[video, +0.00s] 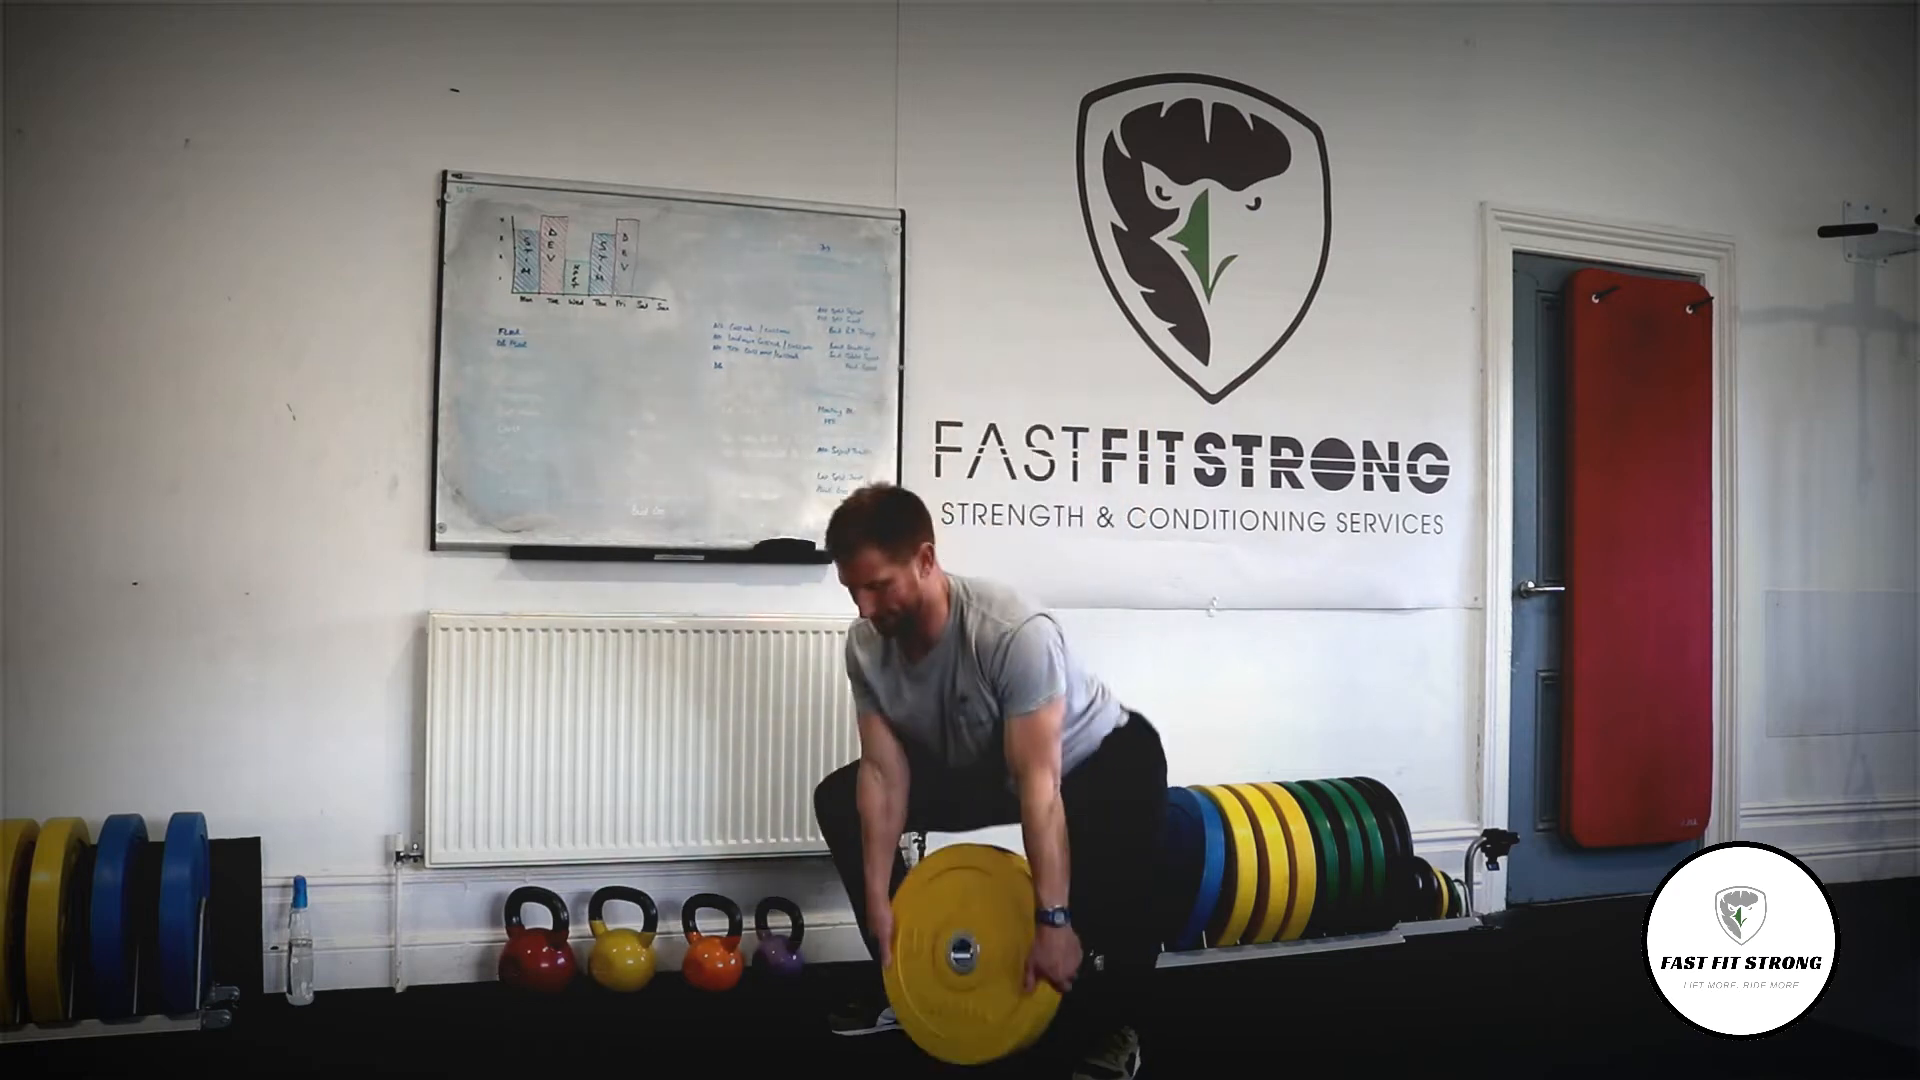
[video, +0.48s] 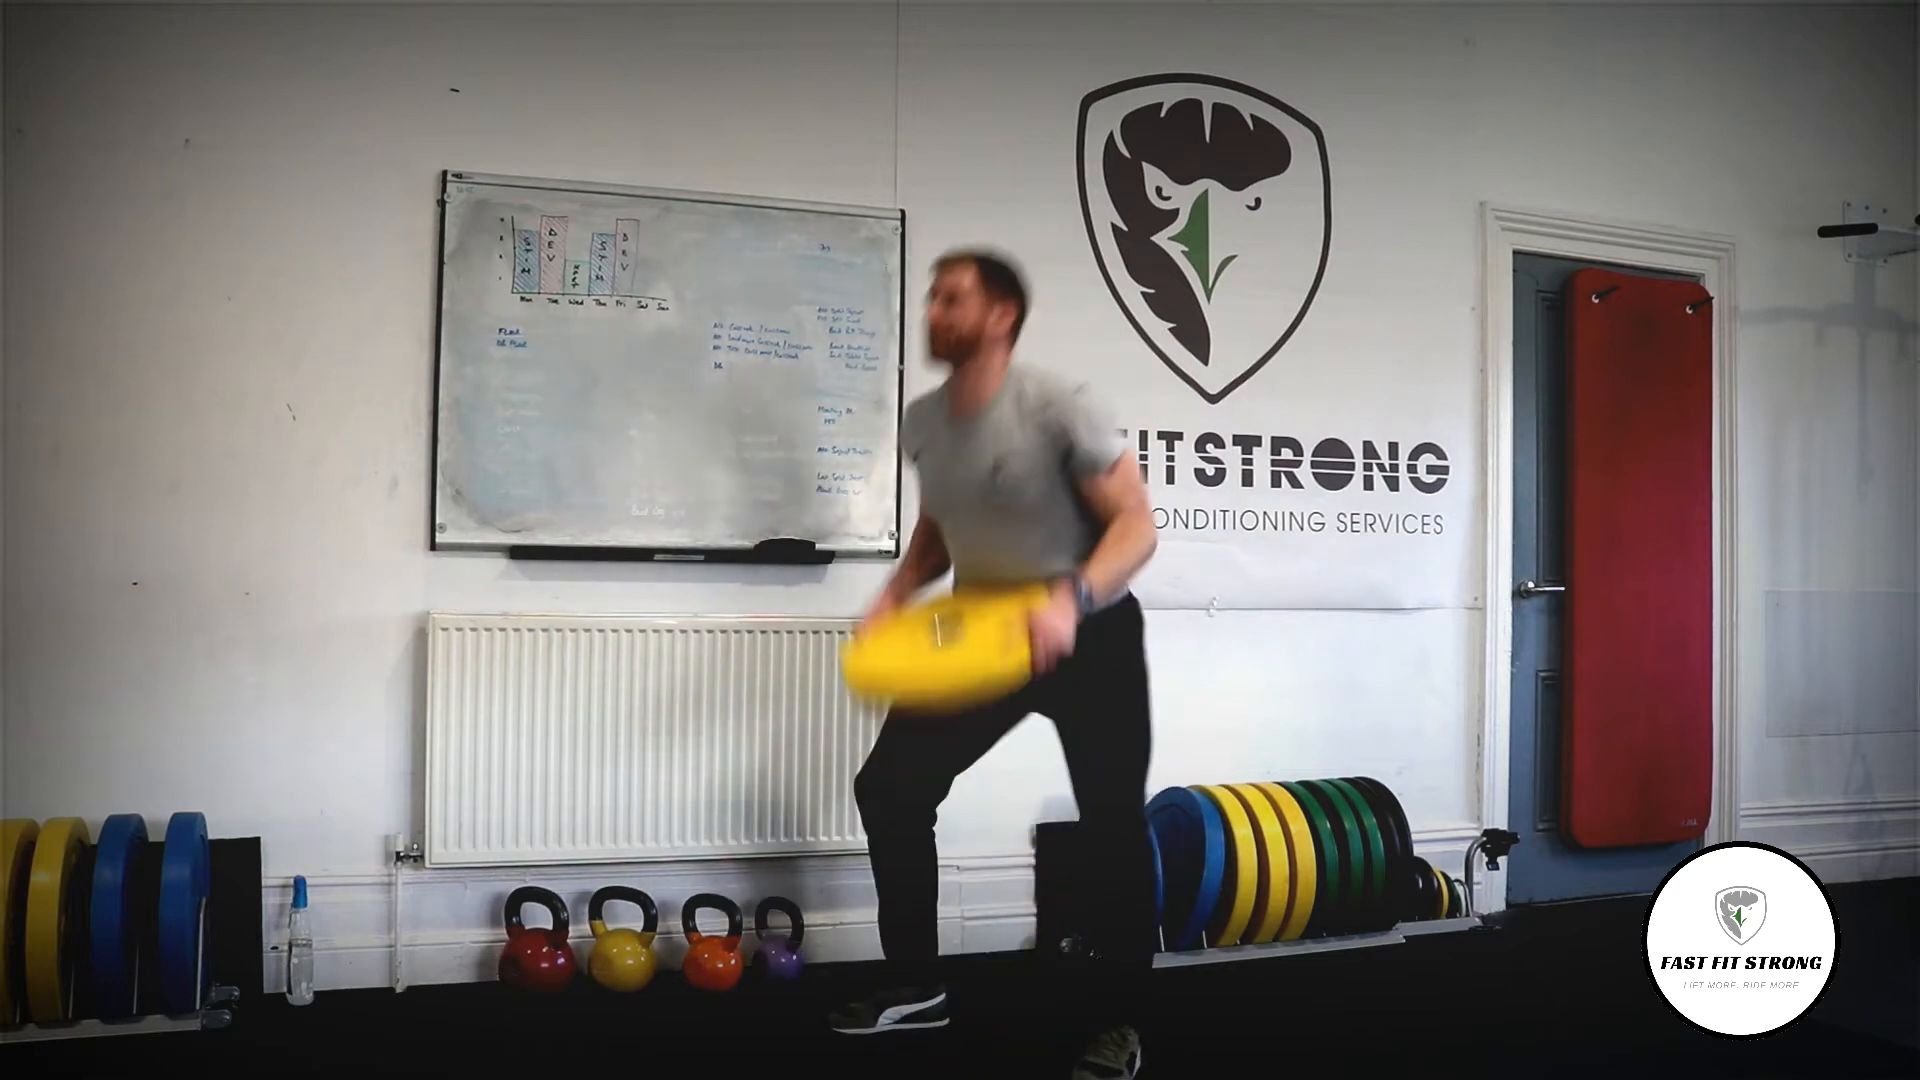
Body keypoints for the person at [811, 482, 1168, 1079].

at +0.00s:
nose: (866, 608)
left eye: (880, 586)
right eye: (854, 591)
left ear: (926, 560)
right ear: (842, 579)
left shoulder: (1016, 633)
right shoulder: (866, 647)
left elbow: (1039, 781)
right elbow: (881, 773)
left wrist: (1055, 918)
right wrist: (877, 903)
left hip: (1089, 761)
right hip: (980, 775)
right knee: (842, 798)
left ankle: (1114, 1025)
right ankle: (902, 984)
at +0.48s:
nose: (933, 313)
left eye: (952, 299)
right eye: (932, 299)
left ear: (1003, 315)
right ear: (931, 316)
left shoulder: (1059, 408)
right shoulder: (924, 419)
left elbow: (1138, 526)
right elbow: (940, 529)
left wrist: (1074, 596)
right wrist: (891, 598)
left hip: (1089, 635)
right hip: (985, 637)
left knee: (1112, 821)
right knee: (891, 790)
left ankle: (1120, 1026)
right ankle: (915, 991)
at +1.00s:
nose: (1030, 228)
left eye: (1053, 226)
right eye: (1027, 220)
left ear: (1079, 258)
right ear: (1008, 248)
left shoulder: (1080, 342)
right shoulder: (953, 326)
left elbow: (1102, 227)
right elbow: (887, 228)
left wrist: (1103, 121)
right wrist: (944, 126)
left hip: (1031, 602)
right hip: (930, 601)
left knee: (1060, 813)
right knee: (920, 811)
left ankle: (1099, 1013)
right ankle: (921, 991)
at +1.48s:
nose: (1017, 211)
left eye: (1035, 207)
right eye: (1007, 206)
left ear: (1062, 243)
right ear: (990, 235)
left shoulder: (1076, 312)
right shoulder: (957, 302)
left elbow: (1110, 171)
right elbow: (964, 179)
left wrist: (1149, 65)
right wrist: (987, 79)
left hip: (1029, 594)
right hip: (929, 593)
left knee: (1062, 807)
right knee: (921, 807)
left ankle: (1099, 1013)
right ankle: (922, 991)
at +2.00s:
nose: (1070, 261)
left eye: (1086, 251)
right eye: (1064, 247)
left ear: (1112, 274)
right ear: (1043, 267)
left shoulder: (1118, 354)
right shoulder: (992, 358)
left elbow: (1145, 386)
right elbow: (884, 376)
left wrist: (1113, 269)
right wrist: (919, 282)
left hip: (1053, 599)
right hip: (953, 600)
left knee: (1074, 806)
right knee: (925, 800)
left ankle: (1103, 1012)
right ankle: (923, 990)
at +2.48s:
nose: (1018, 262)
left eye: (1036, 248)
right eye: (1015, 249)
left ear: (1083, 261)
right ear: (1014, 260)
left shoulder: (1116, 343)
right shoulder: (991, 353)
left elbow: (1162, 465)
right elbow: (952, 458)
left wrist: (1077, 435)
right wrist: (882, 421)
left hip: (1064, 597)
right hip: (967, 598)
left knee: (1080, 804)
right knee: (928, 795)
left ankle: (1107, 1012)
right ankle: (924, 989)